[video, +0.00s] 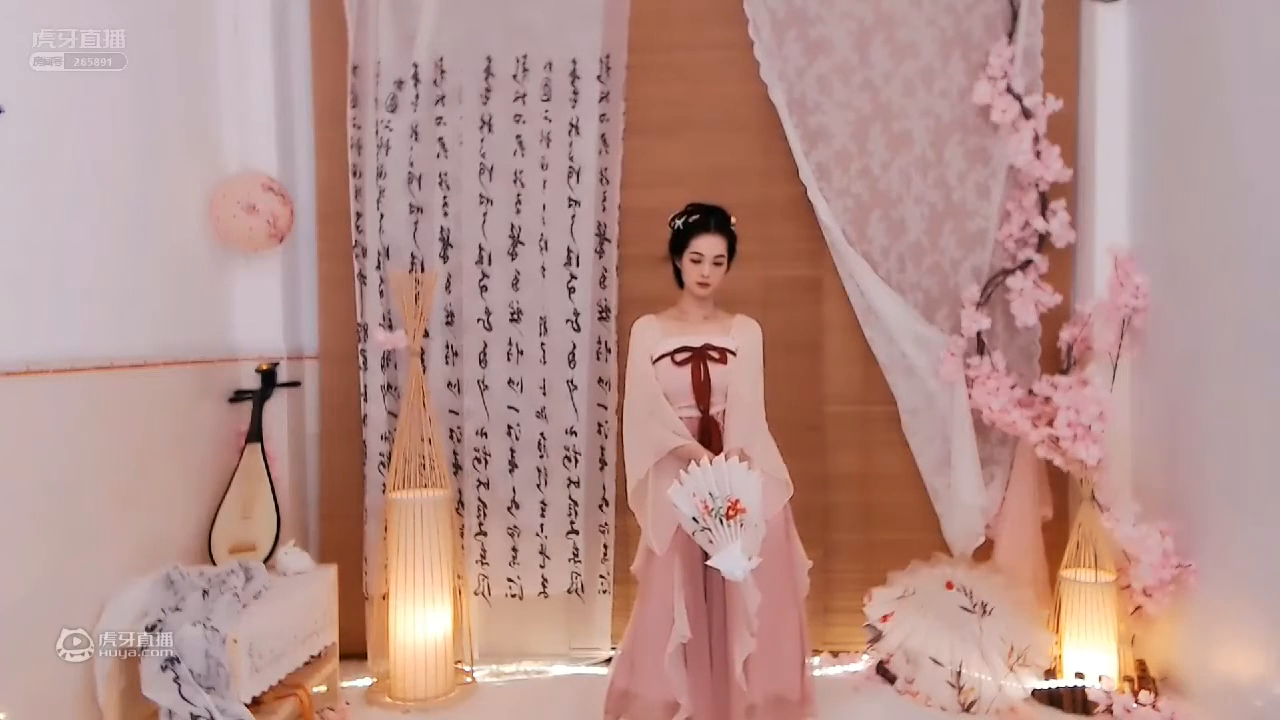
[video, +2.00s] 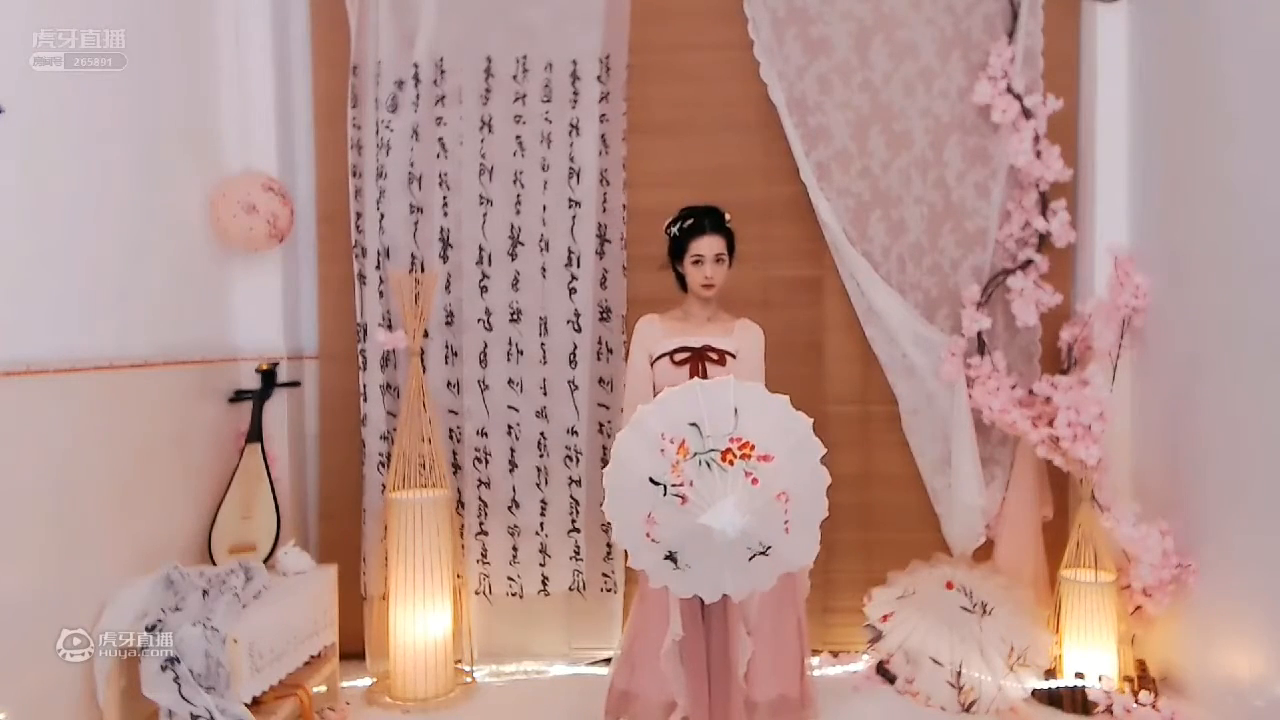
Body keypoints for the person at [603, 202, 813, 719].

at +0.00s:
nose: (707, 272)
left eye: (718, 262)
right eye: (697, 260)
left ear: (729, 267)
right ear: (677, 261)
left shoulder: (745, 330)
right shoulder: (648, 330)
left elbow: (750, 412)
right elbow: (645, 411)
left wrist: (738, 464)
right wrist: (689, 451)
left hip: (741, 470)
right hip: (674, 472)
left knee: (745, 590)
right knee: (679, 588)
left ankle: (747, 703)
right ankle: (681, 704)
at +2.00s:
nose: (709, 272)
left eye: (718, 261)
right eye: (698, 261)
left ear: (730, 265)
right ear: (678, 265)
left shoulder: (749, 334)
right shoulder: (651, 329)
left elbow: (757, 423)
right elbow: (636, 419)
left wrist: (753, 493)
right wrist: (651, 493)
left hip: (735, 486)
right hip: (670, 485)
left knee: (734, 606)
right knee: (674, 604)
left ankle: (735, 710)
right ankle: (676, 710)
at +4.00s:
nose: (715, 270)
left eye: (725, 258)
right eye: (704, 260)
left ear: (740, 263)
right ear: (690, 266)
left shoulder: (757, 335)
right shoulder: (664, 324)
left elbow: (777, 423)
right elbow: (644, 409)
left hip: (739, 486)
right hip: (675, 483)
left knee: (738, 602)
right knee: (675, 599)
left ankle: (737, 708)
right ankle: (676, 709)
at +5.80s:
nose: (719, 271)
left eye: (729, 258)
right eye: (708, 260)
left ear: (745, 263)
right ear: (695, 267)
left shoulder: (764, 340)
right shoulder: (672, 337)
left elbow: (789, 431)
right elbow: (646, 420)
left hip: (752, 493)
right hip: (684, 492)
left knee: (750, 612)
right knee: (683, 613)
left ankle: (749, 710)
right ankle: (679, 711)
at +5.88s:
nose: (718, 271)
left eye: (728, 258)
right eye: (707, 261)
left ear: (745, 263)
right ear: (694, 267)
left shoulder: (764, 343)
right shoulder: (673, 334)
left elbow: (793, 430)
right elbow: (640, 415)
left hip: (752, 495)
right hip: (682, 495)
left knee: (749, 614)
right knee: (682, 614)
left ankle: (748, 711)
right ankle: (679, 712)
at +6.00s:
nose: (718, 271)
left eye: (728, 258)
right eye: (707, 261)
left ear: (744, 263)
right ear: (694, 267)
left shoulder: (766, 343)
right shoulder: (671, 333)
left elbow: (796, 430)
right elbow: (635, 415)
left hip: (752, 499)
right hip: (682, 498)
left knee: (750, 618)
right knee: (681, 620)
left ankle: (747, 712)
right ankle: (677, 713)